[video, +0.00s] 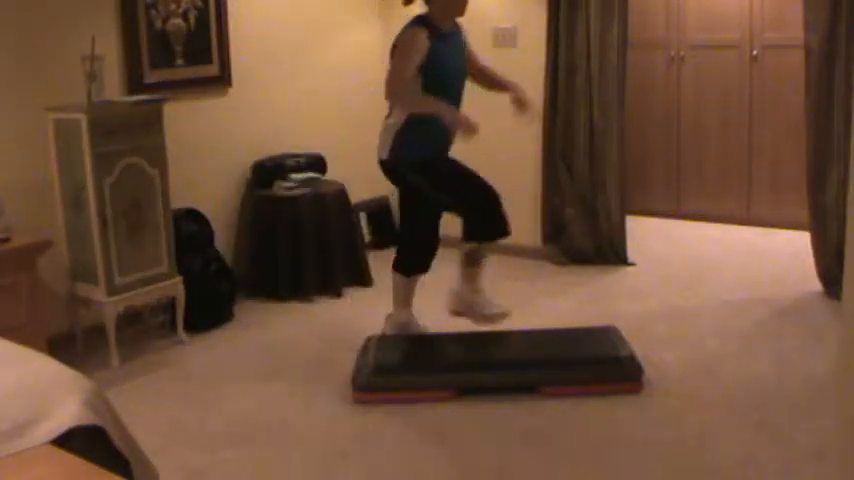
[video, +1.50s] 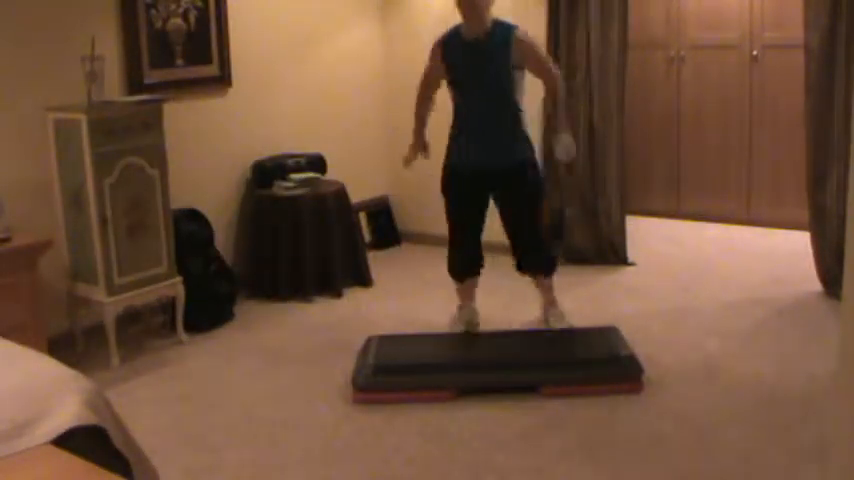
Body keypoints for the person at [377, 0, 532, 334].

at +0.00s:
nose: (464, 5)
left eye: (465, 0)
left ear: (453, 4)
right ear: (437, 1)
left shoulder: (454, 33)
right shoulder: (415, 36)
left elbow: (476, 71)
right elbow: (396, 92)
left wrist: (511, 87)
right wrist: (445, 112)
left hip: (431, 154)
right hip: (404, 155)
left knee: (417, 237)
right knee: (482, 201)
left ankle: (400, 317)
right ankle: (468, 294)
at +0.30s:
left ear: (512, 0)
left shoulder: (519, 24)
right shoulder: (477, 21)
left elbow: (542, 43)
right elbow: (472, 67)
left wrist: (558, 45)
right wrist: (526, 57)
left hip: (495, 150)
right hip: (468, 150)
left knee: (499, 229)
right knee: (528, 217)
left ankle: (438, 289)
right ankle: (540, 312)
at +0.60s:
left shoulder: (555, 10)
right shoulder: (509, 9)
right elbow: (472, 68)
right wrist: (474, 139)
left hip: (539, 122)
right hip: (502, 131)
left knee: (601, 154)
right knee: (536, 209)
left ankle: (557, 213)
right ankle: (541, 312)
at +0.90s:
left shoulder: (569, 5)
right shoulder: (500, 5)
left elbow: (602, 24)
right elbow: (457, 47)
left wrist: (637, 51)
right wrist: (446, 76)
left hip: (550, 120)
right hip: (508, 122)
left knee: (576, 213)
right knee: (529, 214)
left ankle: (560, 256)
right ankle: (539, 310)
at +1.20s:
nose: (516, 7)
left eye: (523, 1)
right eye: (510, 2)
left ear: (537, 4)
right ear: (503, 6)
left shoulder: (563, 35)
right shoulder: (492, 37)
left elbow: (613, 40)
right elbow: (439, 42)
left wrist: (655, 24)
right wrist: (393, 26)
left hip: (547, 149)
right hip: (502, 148)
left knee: (549, 227)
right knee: (514, 210)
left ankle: (550, 306)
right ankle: (518, 301)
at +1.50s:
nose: (471, 8)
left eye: (477, 2)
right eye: (465, 3)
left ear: (489, 3)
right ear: (458, 6)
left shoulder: (514, 41)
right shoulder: (446, 47)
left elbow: (553, 79)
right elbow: (426, 91)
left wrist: (559, 131)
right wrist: (419, 135)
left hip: (512, 155)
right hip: (464, 158)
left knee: (528, 234)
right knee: (462, 239)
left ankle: (550, 307)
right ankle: (466, 310)